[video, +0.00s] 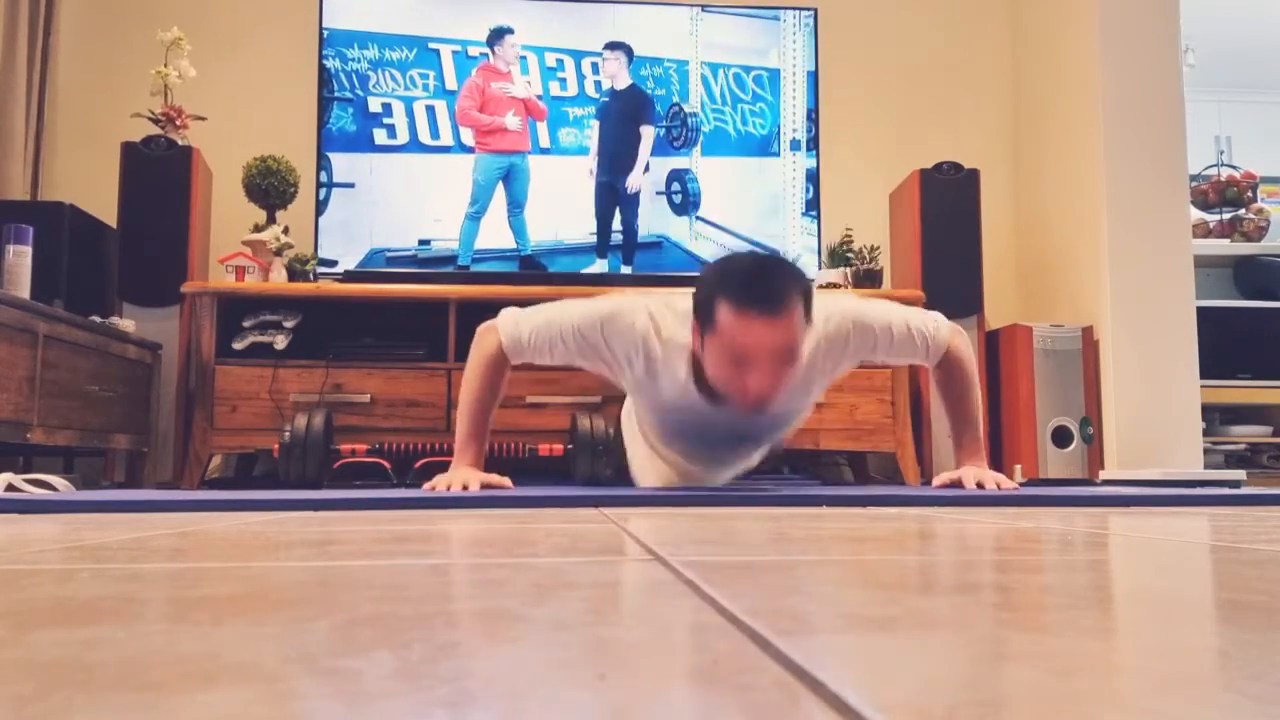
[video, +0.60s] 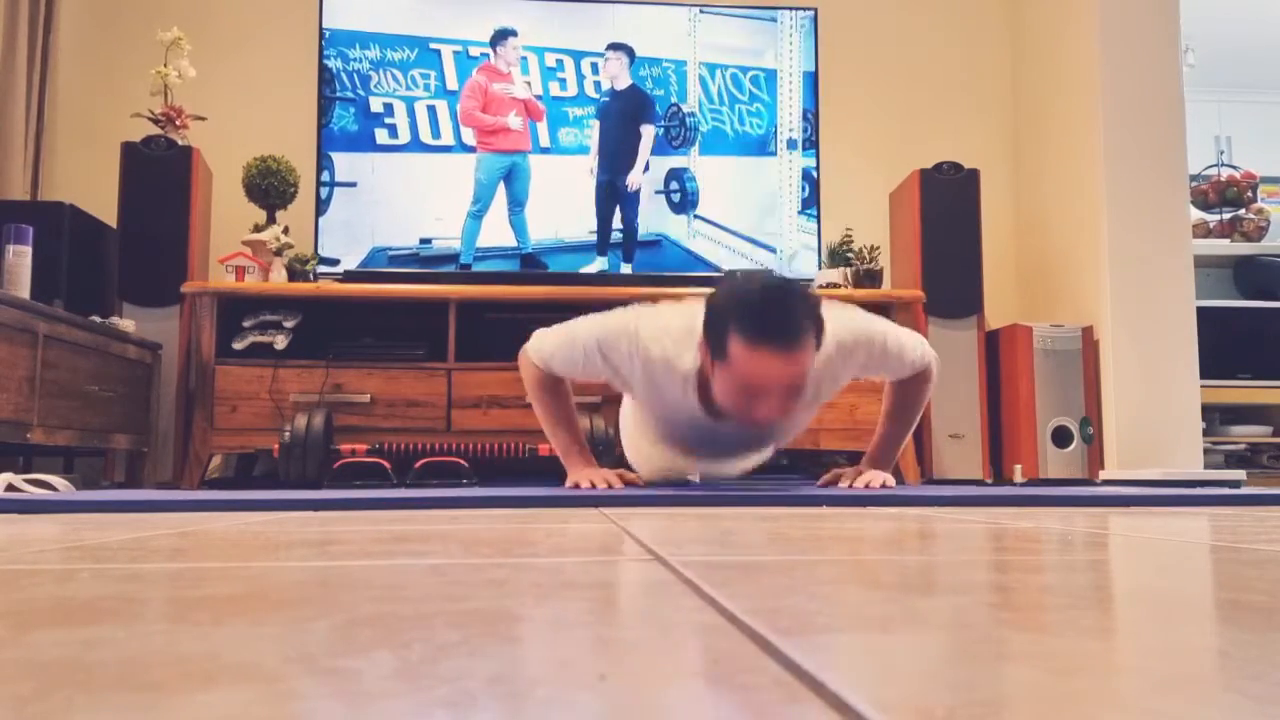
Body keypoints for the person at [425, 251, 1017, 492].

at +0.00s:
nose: (759, 383)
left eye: (778, 361)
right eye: (740, 361)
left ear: (804, 338)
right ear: (700, 341)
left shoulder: (834, 330)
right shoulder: (633, 330)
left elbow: (948, 341)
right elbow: (494, 337)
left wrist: (973, 459)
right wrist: (464, 462)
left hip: (746, 472)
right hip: (647, 468)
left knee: (732, 570)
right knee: (648, 564)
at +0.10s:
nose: (751, 269)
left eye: (769, 249)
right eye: (733, 247)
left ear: (790, 242)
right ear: (696, 241)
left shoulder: (829, 275)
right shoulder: (628, 269)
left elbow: (935, 344)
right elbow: (500, 340)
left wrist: (970, 458)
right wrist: (464, 461)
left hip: (739, 417)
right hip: (646, 406)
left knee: (714, 445)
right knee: (638, 426)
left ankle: (686, 458)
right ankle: (640, 451)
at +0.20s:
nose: (749, 137)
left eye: (767, 116)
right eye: (730, 114)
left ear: (786, 119)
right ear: (692, 112)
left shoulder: (818, 186)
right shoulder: (635, 177)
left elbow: (879, 319)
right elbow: (563, 313)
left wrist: (940, 440)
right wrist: (503, 435)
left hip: (743, 353)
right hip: (650, 347)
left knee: (691, 413)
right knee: (652, 416)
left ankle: (668, 441)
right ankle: (665, 445)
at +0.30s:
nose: (756, 123)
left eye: (775, 99)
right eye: (734, 98)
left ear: (793, 96)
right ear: (699, 93)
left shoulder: (818, 168)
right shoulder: (640, 159)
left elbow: (875, 298)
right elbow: (579, 299)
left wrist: (872, 421)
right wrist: (583, 438)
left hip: (743, 334)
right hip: (650, 326)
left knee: (700, 411)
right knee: (650, 407)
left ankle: (681, 441)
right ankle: (654, 444)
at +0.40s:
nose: (763, 234)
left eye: (785, 212)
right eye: (745, 210)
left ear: (804, 202)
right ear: (707, 196)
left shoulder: (836, 238)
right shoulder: (640, 230)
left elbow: (892, 348)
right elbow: (555, 344)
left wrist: (874, 462)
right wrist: (582, 465)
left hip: (746, 366)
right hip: (651, 360)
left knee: (699, 420)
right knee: (649, 419)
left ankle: (679, 442)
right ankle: (653, 445)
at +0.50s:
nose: (770, 359)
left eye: (790, 340)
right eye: (752, 340)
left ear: (811, 315)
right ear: (710, 314)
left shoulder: (842, 307)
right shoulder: (644, 310)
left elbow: (913, 363)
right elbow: (536, 354)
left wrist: (878, 463)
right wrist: (580, 463)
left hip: (748, 427)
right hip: (652, 424)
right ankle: (668, 459)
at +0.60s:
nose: (770, 409)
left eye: (790, 392)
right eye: (753, 391)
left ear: (811, 359)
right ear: (709, 358)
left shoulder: (840, 337)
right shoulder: (647, 341)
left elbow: (920, 362)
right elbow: (536, 357)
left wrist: (878, 463)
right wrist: (579, 463)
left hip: (748, 460)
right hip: (649, 459)